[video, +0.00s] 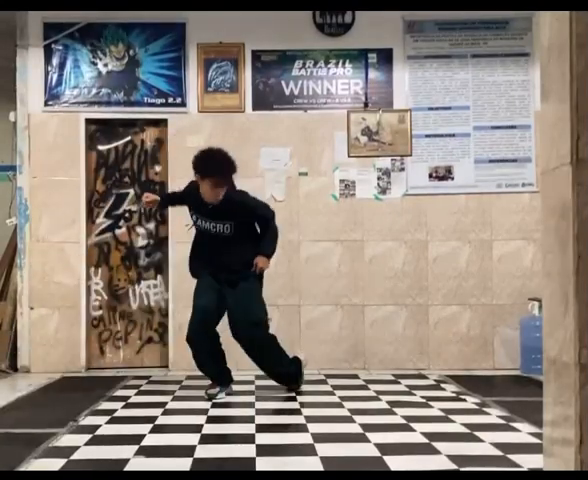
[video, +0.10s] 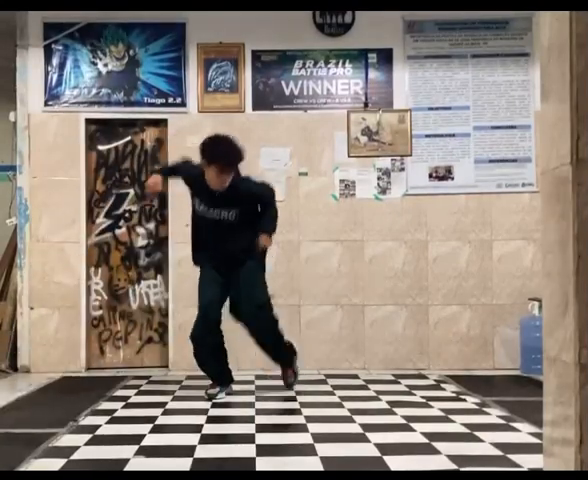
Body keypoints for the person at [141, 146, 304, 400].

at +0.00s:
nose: (220, 193)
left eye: (223, 187)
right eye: (215, 187)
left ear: (227, 184)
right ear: (199, 182)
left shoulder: (240, 202)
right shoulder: (193, 193)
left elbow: (268, 219)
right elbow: (179, 198)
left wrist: (266, 253)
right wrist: (161, 200)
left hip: (244, 278)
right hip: (210, 277)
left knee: (249, 332)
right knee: (198, 333)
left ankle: (291, 374)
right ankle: (221, 380)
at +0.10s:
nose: (223, 180)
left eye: (228, 174)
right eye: (218, 173)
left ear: (235, 170)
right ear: (205, 166)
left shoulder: (246, 189)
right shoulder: (195, 178)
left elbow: (268, 196)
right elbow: (182, 168)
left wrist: (266, 231)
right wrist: (160, 174)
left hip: (246, 264)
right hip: (212, 265)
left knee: (251, 311)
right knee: (205, 325)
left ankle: (286, 358)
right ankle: (221, 380)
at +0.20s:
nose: (249, 158)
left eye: (252, 152)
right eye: (245, 152)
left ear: (256, 150)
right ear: (229, 145)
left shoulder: (262, 172)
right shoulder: (206, 159)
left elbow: (268, 193)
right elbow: (165, 149)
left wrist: (268, 211)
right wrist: (170, 177)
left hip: (249, 242)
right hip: (215, 245)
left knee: (259, 292)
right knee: (218, 305)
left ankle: (272, 347)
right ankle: (223, 373)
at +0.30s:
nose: (272, 144)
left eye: (277, 138)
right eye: (267, 137)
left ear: (280, 137)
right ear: (250, 131)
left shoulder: (272, 164)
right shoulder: (217, 160)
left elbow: (258, 192)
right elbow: (183, 199)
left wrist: (265, 218)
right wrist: (206, 220)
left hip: (247, 238)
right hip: (212, 239)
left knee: (259, 297)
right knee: (221, 299)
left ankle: (266, 366)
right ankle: (226, 362)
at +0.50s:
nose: (300, 155)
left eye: (305, 149)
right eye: (296, 147)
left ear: (307, 147)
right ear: (279, 140)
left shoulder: (273, 171)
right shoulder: (257, 173)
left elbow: (252, 223)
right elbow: (259, 227)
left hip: (248, 252)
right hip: (220, 253)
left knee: (264, 305)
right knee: (229, 312)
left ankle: (271, 380)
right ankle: (218, 363)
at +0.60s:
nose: (316, 165)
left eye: (320, 159)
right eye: (311, 157)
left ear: (322, 158)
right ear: (294, 150)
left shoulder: (291, 184)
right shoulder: (268, 176)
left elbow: (278, 226)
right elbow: (269, 226)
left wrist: (299, 211)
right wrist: (301, 214)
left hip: (254, 252)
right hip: (224, 250)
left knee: (281, 309)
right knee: (265, 306)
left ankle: (273, 381)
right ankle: (219, 325)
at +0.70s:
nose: (313, 158)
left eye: (320, 155)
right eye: (309, 150)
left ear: (324, 158)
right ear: (294, 146)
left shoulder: (296, 184)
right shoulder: (275, 172)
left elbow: (307, 238)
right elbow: (297, 203)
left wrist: (334, 214)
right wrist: (335, 199)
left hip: (260, 253)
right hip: (230, 246)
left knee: (287, 323)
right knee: (285, 284)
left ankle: (272, 388)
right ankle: (237, 352)